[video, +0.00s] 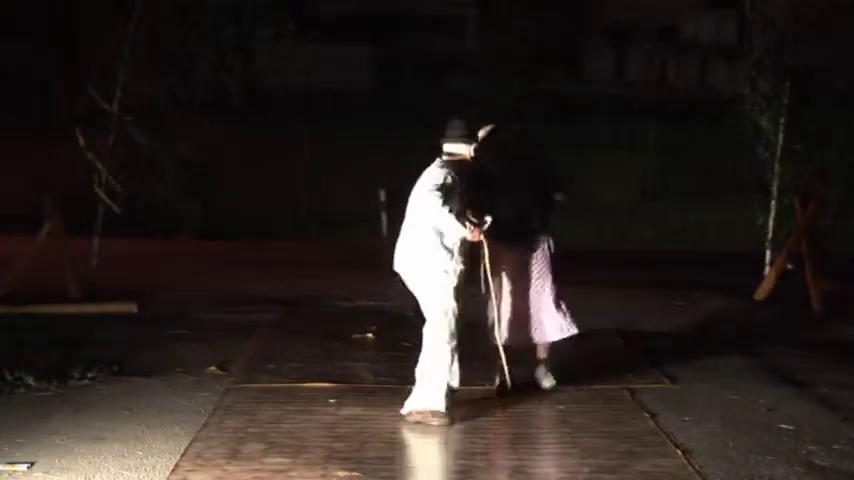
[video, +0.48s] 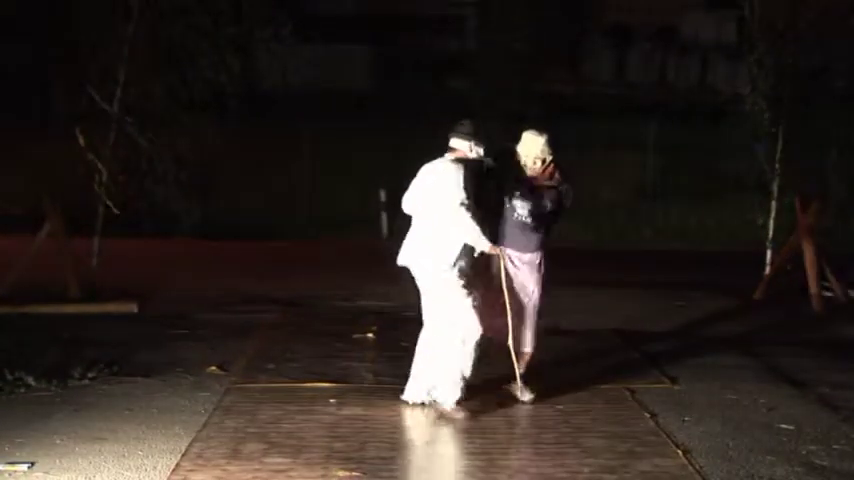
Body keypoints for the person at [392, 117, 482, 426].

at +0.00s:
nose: (474, 151)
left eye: (472, 146)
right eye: (471, 146)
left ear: (448, 147)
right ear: (463, 148)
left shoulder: (447, 173)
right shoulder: (443, 173)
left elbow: (452, 210)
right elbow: (436, 209)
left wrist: (472, 222)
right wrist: (464, 231)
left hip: (433, 258)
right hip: (425, 258)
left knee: (442, 321)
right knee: (441, 322)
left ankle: (430, 393)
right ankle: (426, 399)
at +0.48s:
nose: (478, 155)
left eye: (478, 149)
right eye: (476, 148)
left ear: (452, 145)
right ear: (467, 146)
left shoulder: (430, 168)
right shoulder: (454, 171)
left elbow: (408, 203)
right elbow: (456, 212)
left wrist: (438, 217)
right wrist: (482, 243)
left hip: (419, 257)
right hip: (438, 261)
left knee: (436, 322)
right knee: (467, 325)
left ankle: (416, 390)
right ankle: (447, 395)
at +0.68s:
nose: (485, 156)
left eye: (487, 150)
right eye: (486, 150)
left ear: (462, 140)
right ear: (479, 146)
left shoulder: (432, 160)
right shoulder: (460, 166)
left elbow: (407, 195)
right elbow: (454, 204)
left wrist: (437, 209)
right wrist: (481, 229)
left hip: (421, 261)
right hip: (445, 264)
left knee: (423, 322)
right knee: (452, 326)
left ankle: (412, 390)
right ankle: (442, 398)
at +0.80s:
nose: (490, 160)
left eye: (491, 154)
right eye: (488, 153)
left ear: (464, 147)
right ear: (473, 149)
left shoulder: (433, 168)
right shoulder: (452, 176)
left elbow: (415, 207)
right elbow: (449, 227)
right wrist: (480, 245)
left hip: (423, 259)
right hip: (447, 262)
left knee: (427, 322)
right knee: (476, 317)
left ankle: (413, 393)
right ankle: (449, 389)